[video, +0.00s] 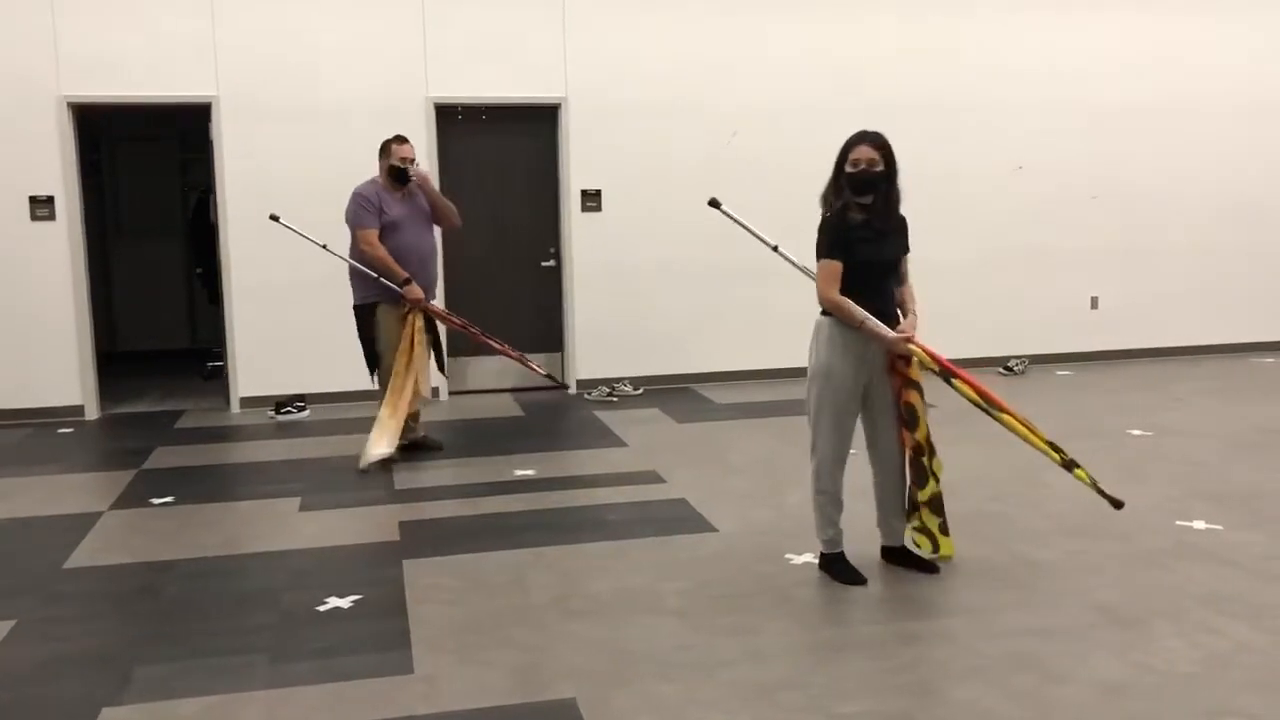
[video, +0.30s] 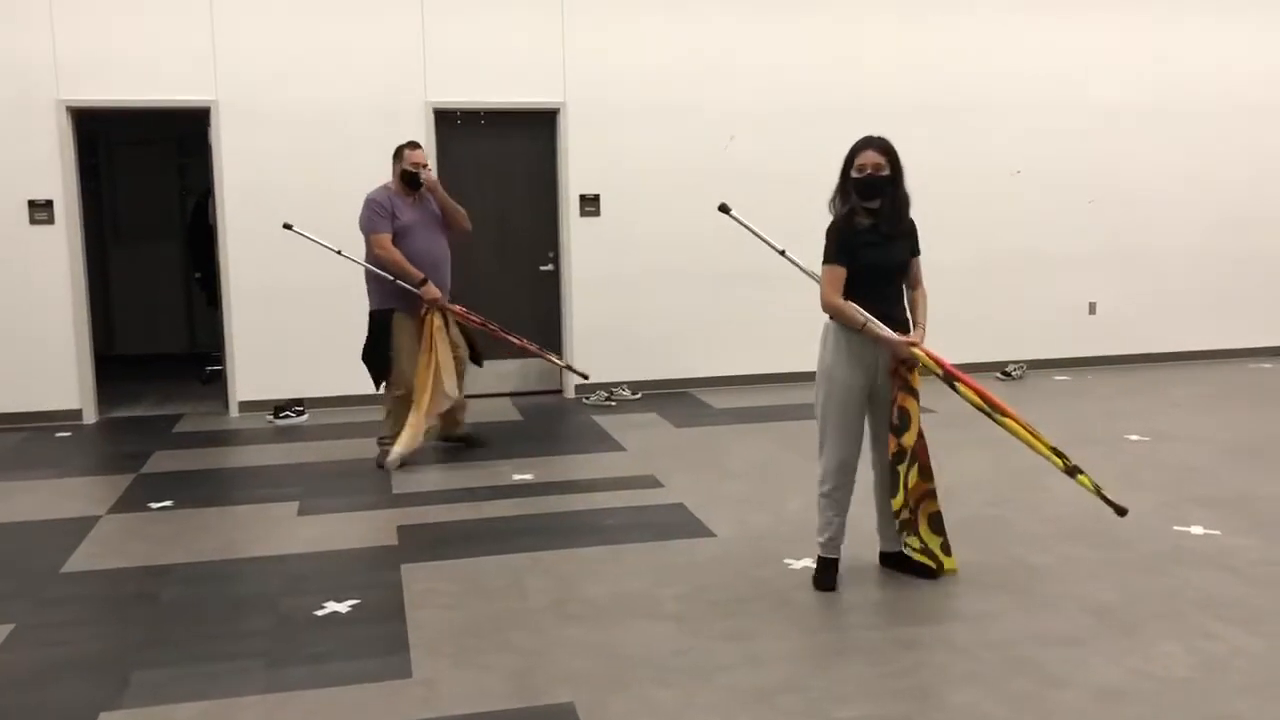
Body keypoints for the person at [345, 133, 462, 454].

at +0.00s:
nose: (408, 168)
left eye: (411, 162)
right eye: (401, 162)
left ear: (415, 164)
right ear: (383, 162)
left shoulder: (420, 193)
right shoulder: (366, 195)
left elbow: (452, 222)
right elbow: (367, 247)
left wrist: (430, 190)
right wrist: (406, 281)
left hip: (416, 295)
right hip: (379, 298)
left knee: (415, 365)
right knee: (391, 367)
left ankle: (410, 431)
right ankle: (391, 437)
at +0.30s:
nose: (420, 172)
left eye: (424, 167)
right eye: (413, 167)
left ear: (428, 168)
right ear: (397, 167)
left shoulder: (431, 198)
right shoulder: (379, 201)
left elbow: (464, 226)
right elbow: (381, 250)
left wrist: (438, 191)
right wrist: (422, 283)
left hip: (436, 301)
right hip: (396, 306)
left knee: (457, 359)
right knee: (402, 380)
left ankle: (451, 427)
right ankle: (391, 444)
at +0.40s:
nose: (427, 176)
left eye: (432, 171)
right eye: (420, 170)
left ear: (437, 172)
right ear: (405, 171)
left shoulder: (442, 202)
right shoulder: (390, 203)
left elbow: (473, 230)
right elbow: (390, 251)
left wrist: (448, 197)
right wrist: (431, 283)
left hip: (447, 303)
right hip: (408, 307)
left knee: (462, 367)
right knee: (409, 381)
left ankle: (475, 427)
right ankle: (392, 447)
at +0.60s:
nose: (448, 179)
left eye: (452, 174)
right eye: (441, 174)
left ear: (457, 177)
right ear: (426, 177)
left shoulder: (464, 206)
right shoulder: (411, 208)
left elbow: (494, 232)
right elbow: (411, 255)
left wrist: (467, 197)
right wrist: (449, 285)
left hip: (469, 305)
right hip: (430, 308)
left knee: (471, 371)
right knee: (420, 380)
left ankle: (477, 430)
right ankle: (396, 449)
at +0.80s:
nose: (466, 181)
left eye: (470, 176)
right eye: (461, 176)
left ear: (475, 175)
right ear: (447, 173)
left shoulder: (480, 201)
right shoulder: (429, 203)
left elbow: (511, 228)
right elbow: (429, 250)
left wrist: (487, 196)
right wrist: (465, 281)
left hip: (483, 299)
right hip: (446, 301)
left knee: (481, 367)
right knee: (437, 370)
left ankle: (475, 429)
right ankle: (417, 440)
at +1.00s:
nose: (474, 176)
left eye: (478, 171)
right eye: (469, 171)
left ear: (482, 170)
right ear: (454, 165)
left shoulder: (481, 196)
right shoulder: (433, 195)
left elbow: (512, 227)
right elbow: (429, 244)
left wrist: (488, 196)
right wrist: (467, 275)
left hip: (482, 293)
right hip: (446, 294)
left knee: (480, 360)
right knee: (448, 361)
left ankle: (472, 424)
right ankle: (437, 428)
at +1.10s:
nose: (473, 175)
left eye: (477, 170)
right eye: (468, 169)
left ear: (481, 168)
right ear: (454, 164)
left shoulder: (480, 192)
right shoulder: (432, 192)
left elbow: (510, 225)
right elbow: (427, 241)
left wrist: (487, 195)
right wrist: (466, 271)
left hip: (481, 289)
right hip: (443, 290)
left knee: (478, 357)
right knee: (446, 359)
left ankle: (472, 421)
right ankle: (436, 427)